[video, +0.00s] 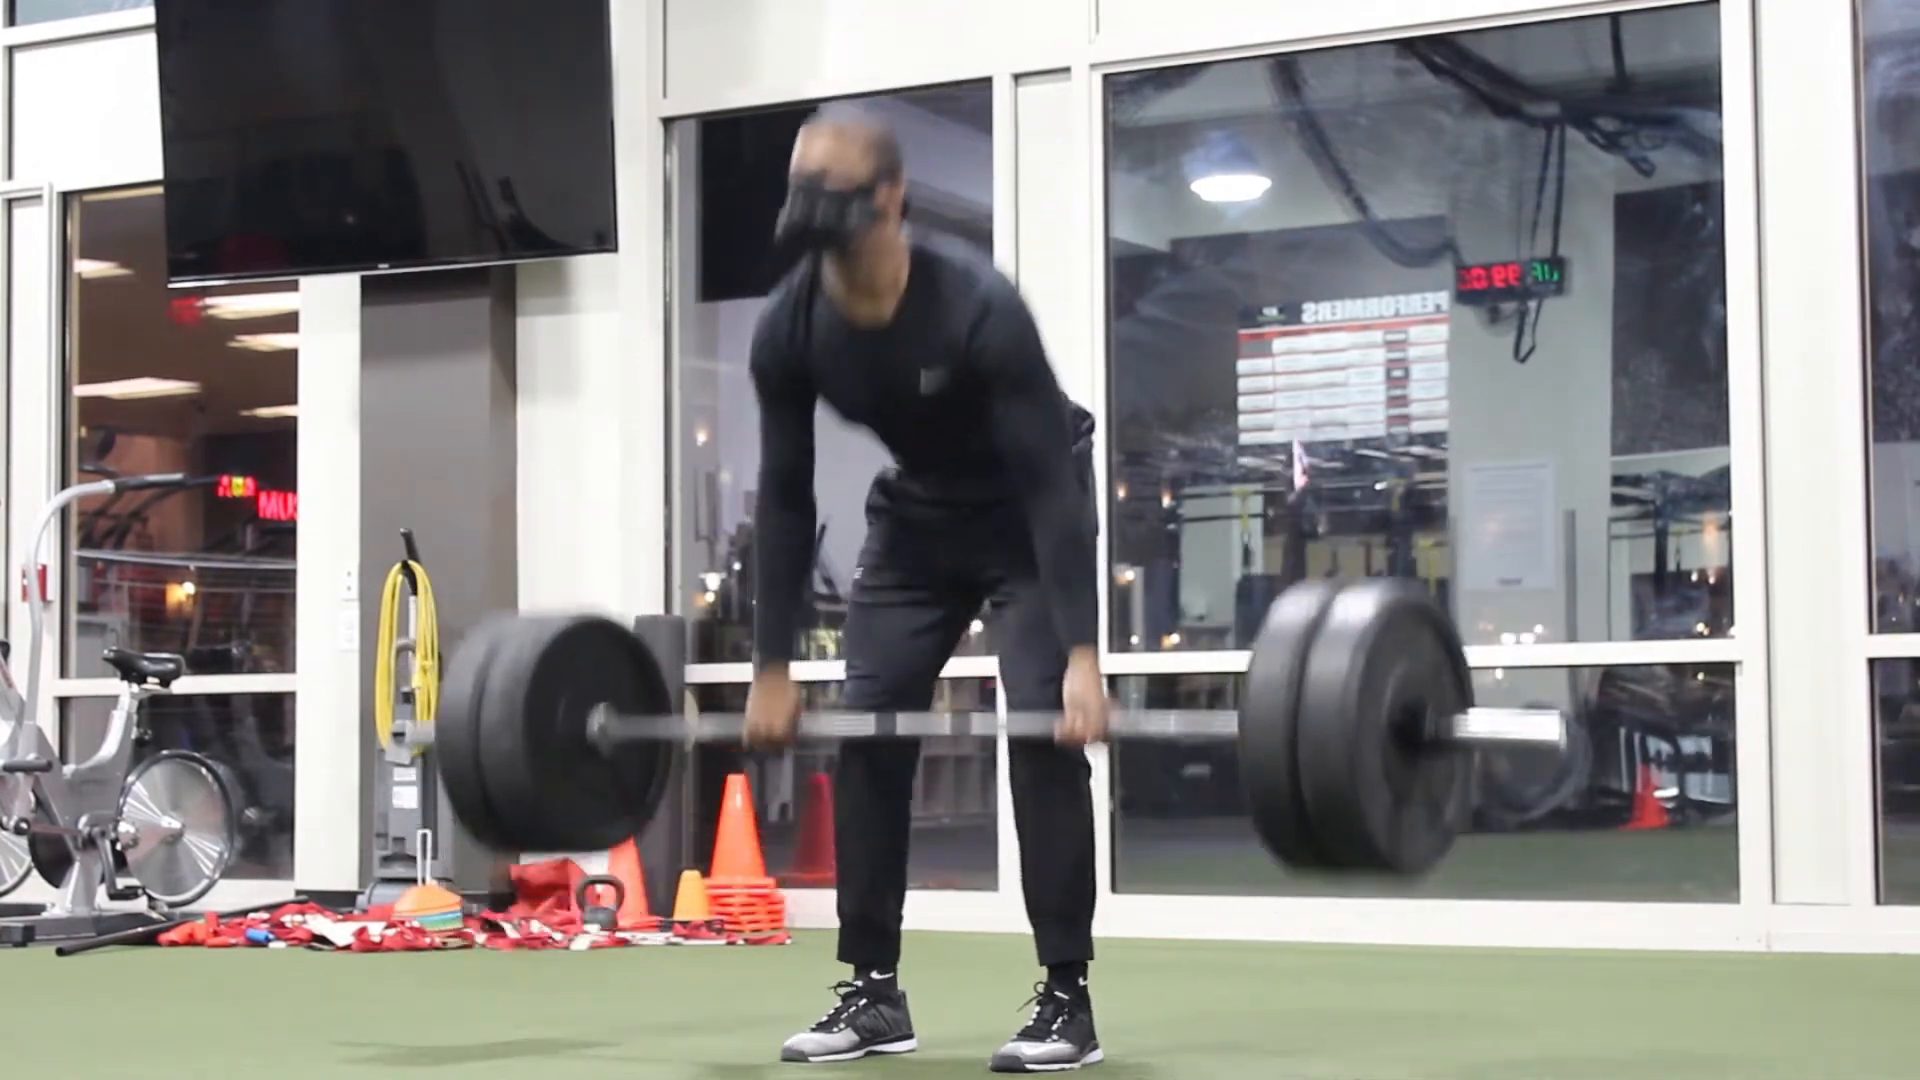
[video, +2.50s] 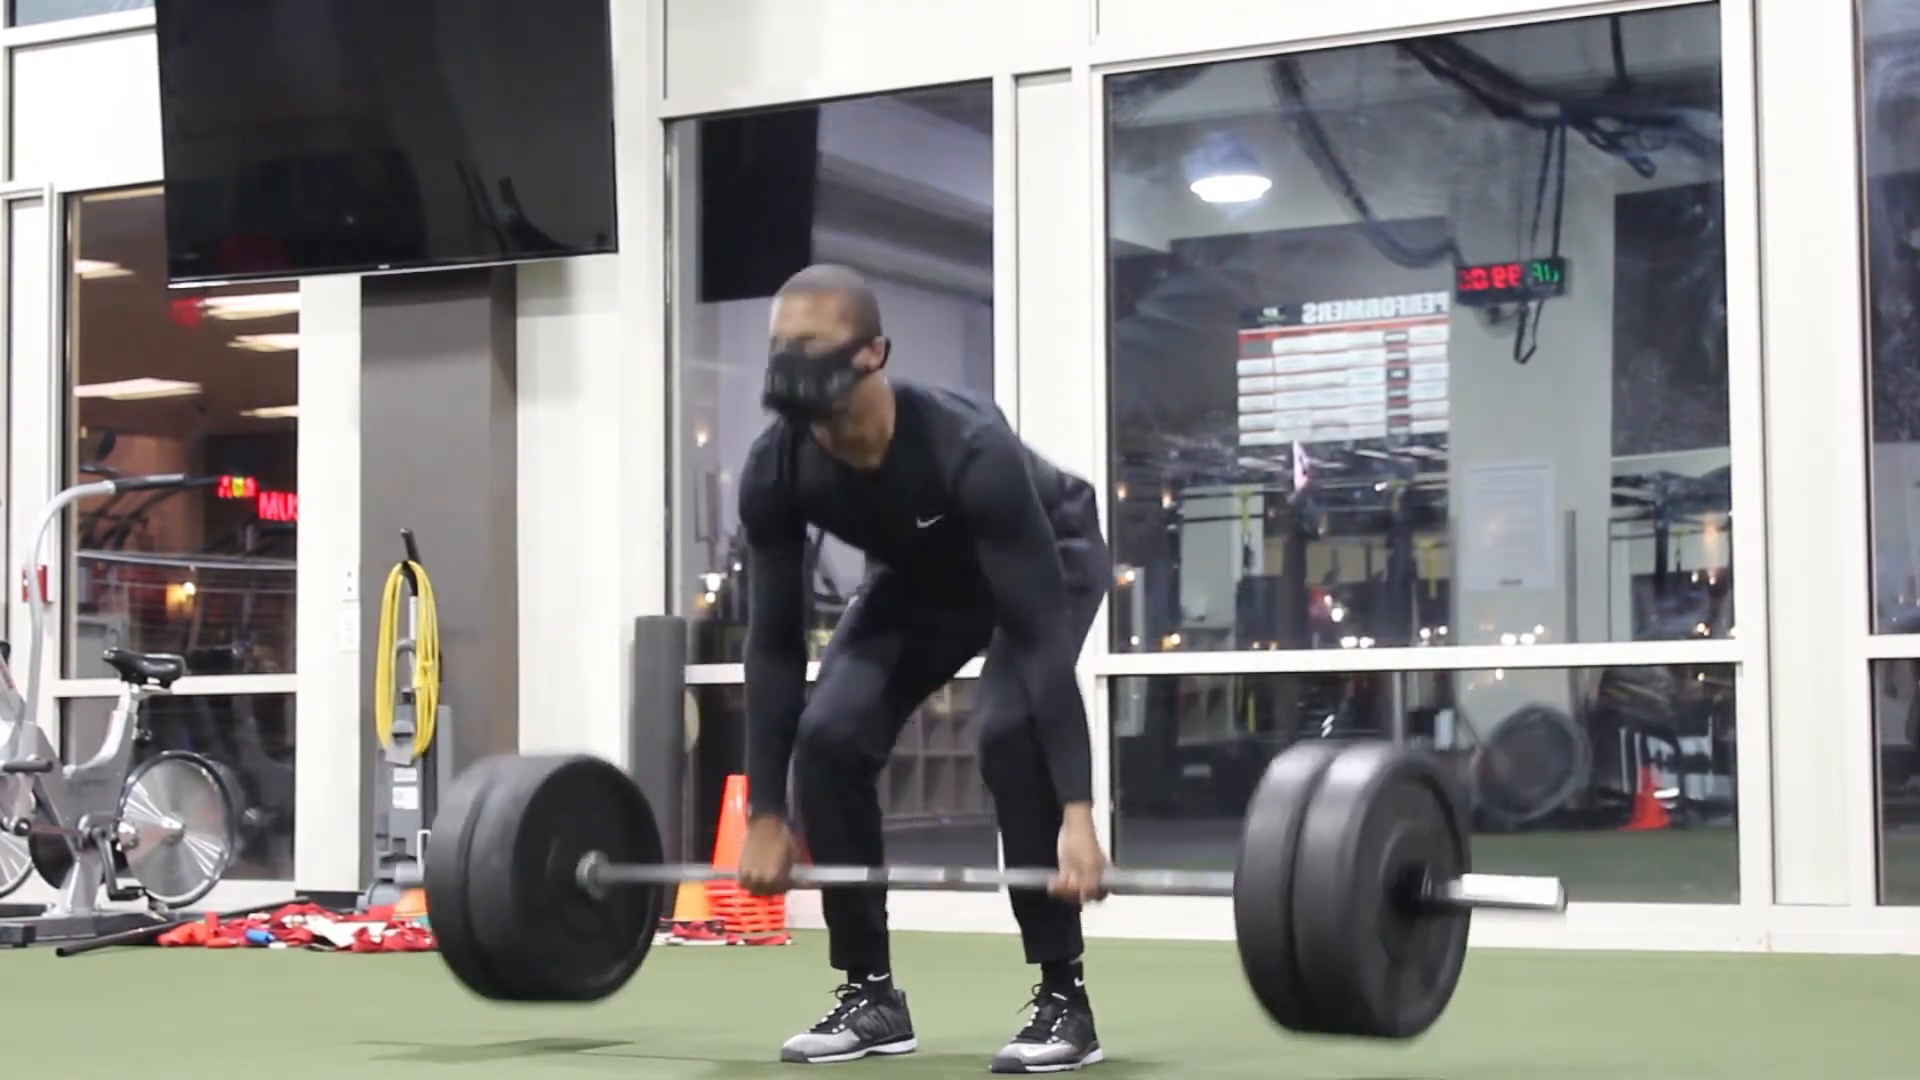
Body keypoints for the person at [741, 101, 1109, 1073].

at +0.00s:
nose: (806, 206)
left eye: (830, 190)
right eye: (799, 187)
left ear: (889, 197)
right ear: (788, 191)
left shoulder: (980, 308)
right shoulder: (789, 328)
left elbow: (1051, 479)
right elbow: (785, 497)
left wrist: (1082, 656)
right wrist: (775, 665)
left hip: (1034, 502)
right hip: (919, 509)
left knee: (1041, 733)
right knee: (868, 725)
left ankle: (1065, 998)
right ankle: (873, 992)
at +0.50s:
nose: (890, 57)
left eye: (914, 42)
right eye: (877, 41)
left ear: (958, 61)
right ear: (857, 62)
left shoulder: (1019, 196)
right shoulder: (835, 206)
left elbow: (1055, 380)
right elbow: (811, 384)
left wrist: (1080, 541)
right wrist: (776, 545)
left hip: (1024, 481)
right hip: (909, 479)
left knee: (1025, 729)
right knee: (872, 727)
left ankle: (1064, 1001)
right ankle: (873, 997)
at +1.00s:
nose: (797, 418)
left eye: (818, 401)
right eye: (788, 401)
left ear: (882, 414)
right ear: (777, 406)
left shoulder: (983, 496)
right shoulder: (785, 517)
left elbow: (1060, 672)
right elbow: (782, 685)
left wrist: (1087, 858)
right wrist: (770, 858)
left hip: (1054, 572)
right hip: (932, 597)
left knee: (1007, 734)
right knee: (829, 740)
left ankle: (1062, 1005)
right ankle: (871, 998)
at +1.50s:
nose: (823, 155)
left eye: (845, 137)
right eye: (814, 137)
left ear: (906, 142)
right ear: (806, 141)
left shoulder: (992, 261)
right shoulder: (800, 276)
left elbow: (1061, 428)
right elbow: (791, 443)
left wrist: (1085, 590)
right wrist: (779, 604)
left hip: (1028, 502)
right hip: (912, 501)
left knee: (1036, 717)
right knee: (881, 719)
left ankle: (1066, 997)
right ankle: (874, 993)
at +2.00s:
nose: (852, 129)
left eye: (874, 112)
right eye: (841, 111)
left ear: (926, 116)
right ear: (828, 121)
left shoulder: (999, 244)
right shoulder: (811, 263)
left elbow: (1049, 424)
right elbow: (793, 440)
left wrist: (1073, 596)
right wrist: (769, 609)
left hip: (1037, 504)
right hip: (922, 505)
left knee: (1040, 710)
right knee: (879, 709)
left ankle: (1067, 998)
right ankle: (873, 996)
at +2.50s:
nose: (787, 360)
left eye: (809, 344)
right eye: (779, 344)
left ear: (872, 355)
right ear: (771, 350)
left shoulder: (970, 448)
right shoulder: (775, 471)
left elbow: (1042, 636)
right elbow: (773, 643)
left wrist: (1078, 811)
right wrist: (764, 812)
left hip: (1040, 552)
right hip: (925, 573)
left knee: (1008, 734)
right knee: (827, 742)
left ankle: (1063, 1003)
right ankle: (871, 1000)